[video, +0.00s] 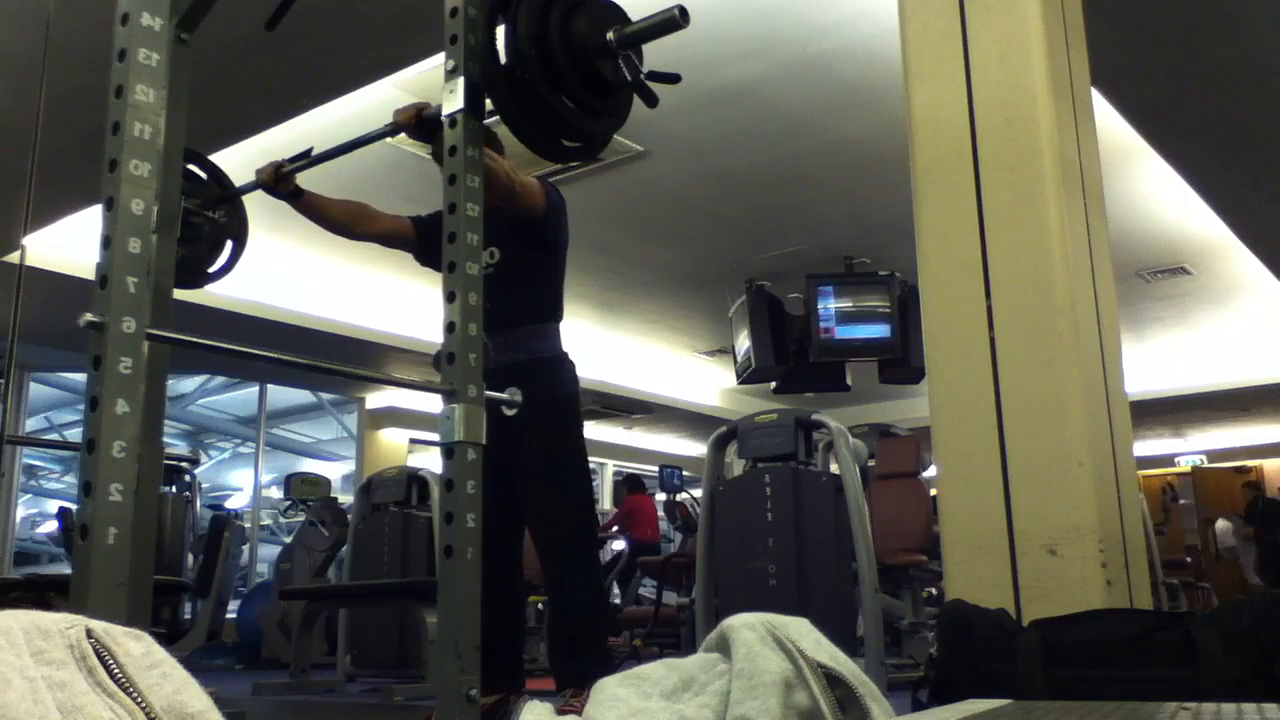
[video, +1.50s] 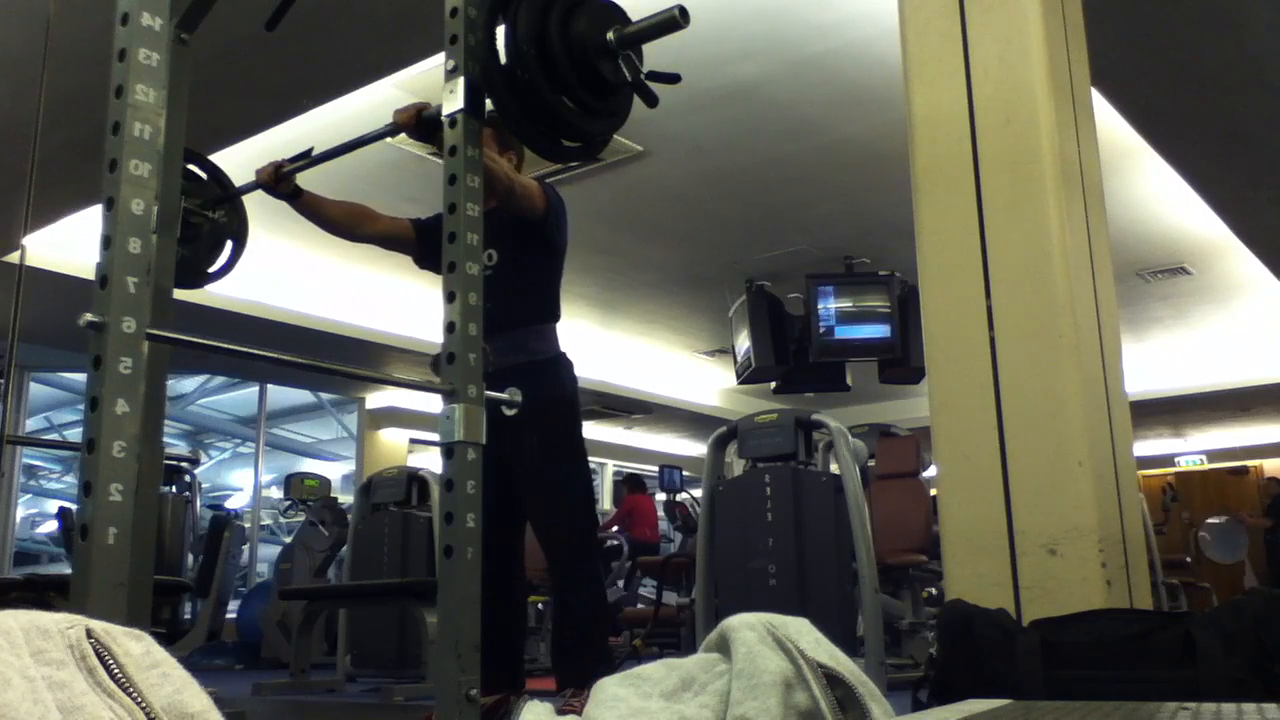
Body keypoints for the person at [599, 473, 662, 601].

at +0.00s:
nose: (624, 491)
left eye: (624, 487)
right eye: (623, 488)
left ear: (629, 487)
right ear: (642, 486)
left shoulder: (631, 500)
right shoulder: (649, 500)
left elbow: (617, 518)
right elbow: (636, 522)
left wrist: (602, 529)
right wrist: (618, 532)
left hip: (637, 545)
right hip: (654, 546)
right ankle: (634, 602)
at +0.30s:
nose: (626, 490)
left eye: (627, 487)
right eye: (627, 487)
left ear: (630, 487)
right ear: (644, 487)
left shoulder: (631, 500)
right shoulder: (650, 500)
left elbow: (615, 519)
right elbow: (637, 521)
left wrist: (600, 529)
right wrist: (620, 530)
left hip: (637, 546)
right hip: (654, 547)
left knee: (615, 576)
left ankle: (619, 606)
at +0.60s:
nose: (624, 490)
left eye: (625, 486)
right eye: (624, 486)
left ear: (630, 486)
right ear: (642, 485)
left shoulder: (630, 499)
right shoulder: (649, 499)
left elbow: (616, 519)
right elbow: (636, 523)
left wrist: (601, 529)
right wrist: (616, 534)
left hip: (636, 545)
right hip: (654, 545)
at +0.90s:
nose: (624, 490)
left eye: (625, 487)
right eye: (624, 487)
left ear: (629, 487)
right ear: (641, 486)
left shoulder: (631, 500)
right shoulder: (649, 500)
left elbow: (615, 520)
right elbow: (635, 523)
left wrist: (600, 530)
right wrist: (617, 532)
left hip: (637, 546)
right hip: (654, 546)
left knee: (608, 570)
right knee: (625, 572)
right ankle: (635, 601)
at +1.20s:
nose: (626, 490)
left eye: (627, 487)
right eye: (626, 487)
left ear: (630, 487)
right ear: (644, 487)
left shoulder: (630, 500)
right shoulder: (650, 500)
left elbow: (616, 519)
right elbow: (636, 522)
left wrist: (600, 529)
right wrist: (618, 531)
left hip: (637, 547)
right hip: (654, 547)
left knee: (613, 559)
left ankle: (618, 602)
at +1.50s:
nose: (624, 490)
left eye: (625, 487)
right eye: (624, 487)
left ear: (630, 487)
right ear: (642, 486)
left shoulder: (630, 500)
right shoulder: (649, 500)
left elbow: (615, 521)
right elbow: (634, 523)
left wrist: (599, 530)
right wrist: (615, 534)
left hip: (636, 547)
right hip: (654, 547)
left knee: (605, 553)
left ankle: (611, 586)